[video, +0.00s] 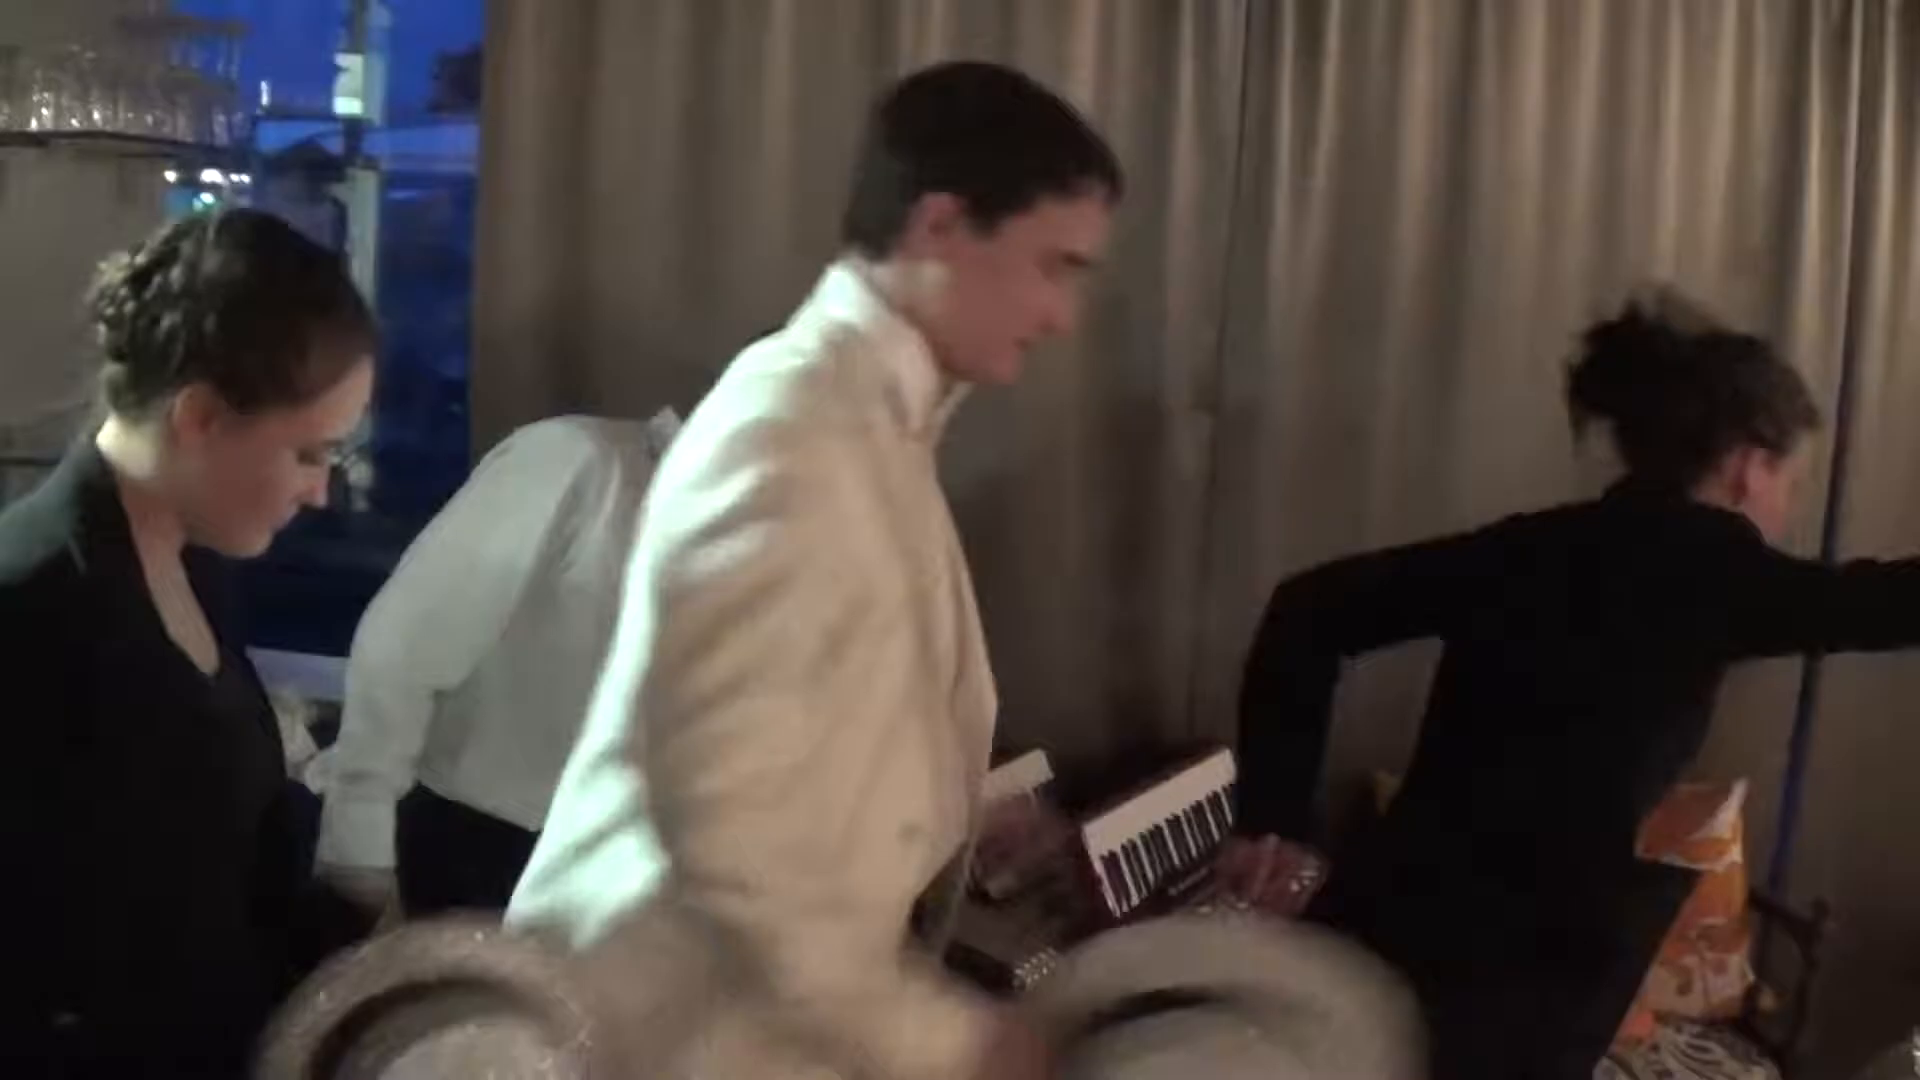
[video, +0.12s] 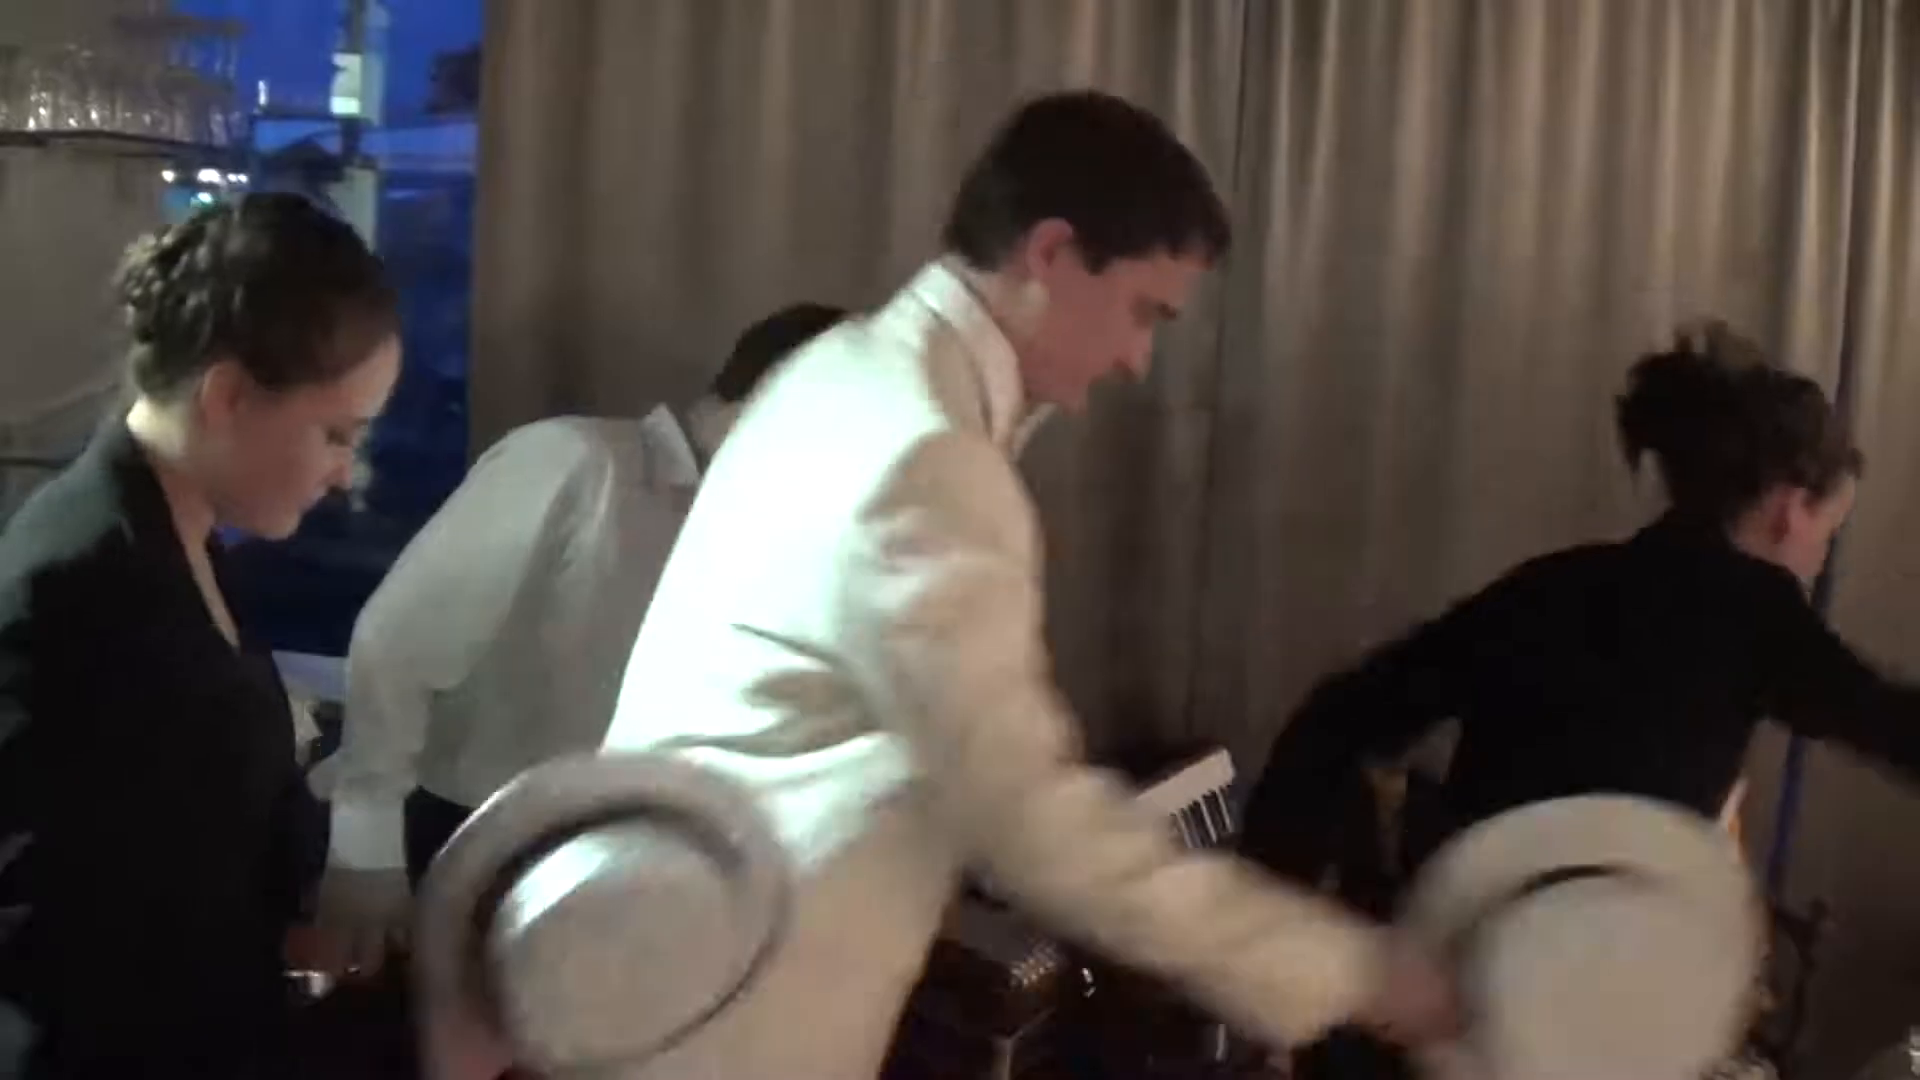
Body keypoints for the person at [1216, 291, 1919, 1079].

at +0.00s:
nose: (1785, 499)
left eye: (1791, 473)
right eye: (1786, 470)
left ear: (1648, 449)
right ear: (1742, 464)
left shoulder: (1526, 547)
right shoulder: (1715, 575)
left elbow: (1310, 608)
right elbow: (1885, 605)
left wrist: (1270, 815)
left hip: (1399, 894)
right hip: (1542, 932)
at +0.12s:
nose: (1823, 553)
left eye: (1833, 526)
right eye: (1828, 525)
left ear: (1686, 487)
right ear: (1787, 508)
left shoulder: (1549, 586)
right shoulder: (1759, 614)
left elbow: (1342, 719)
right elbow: (1891, 727)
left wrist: (1275, 899)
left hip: (1461, 950)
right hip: (1630, 954)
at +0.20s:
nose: (1849, 554)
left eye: (1857, 531)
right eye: (1852, 528)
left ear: (1716, 495)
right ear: (1802, 518)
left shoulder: (1584, 610)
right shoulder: (1764, 651)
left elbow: (1411, 787)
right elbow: (1835, 864)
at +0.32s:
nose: (1855, 565)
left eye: (1870, 536)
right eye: (1866, 530)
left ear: (1731, 483)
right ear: (1819, 506)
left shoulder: (1592, 602)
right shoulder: (1759, 648)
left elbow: (1526, 843)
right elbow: (1707, 903)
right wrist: (1719, 1054)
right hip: (1636, 1021)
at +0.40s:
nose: (1874, 534)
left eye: (1888, 504)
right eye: (1882, 500)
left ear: (1745, 455)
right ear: (1836, 478)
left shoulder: (1629, 571)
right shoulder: (1763, 620)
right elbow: (1707, 824)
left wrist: (1851, 770)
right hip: (1631, 1002)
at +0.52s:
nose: (1895, 490)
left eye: (1901, 464)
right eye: (1896, 462)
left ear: (1757, 432)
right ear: (1849, 454)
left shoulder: (1669, 552)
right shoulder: (1802, 610)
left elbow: (1783, 744)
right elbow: (1607, 782)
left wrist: (1910, 628)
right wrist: (1472, 962)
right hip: (1676, 1023)